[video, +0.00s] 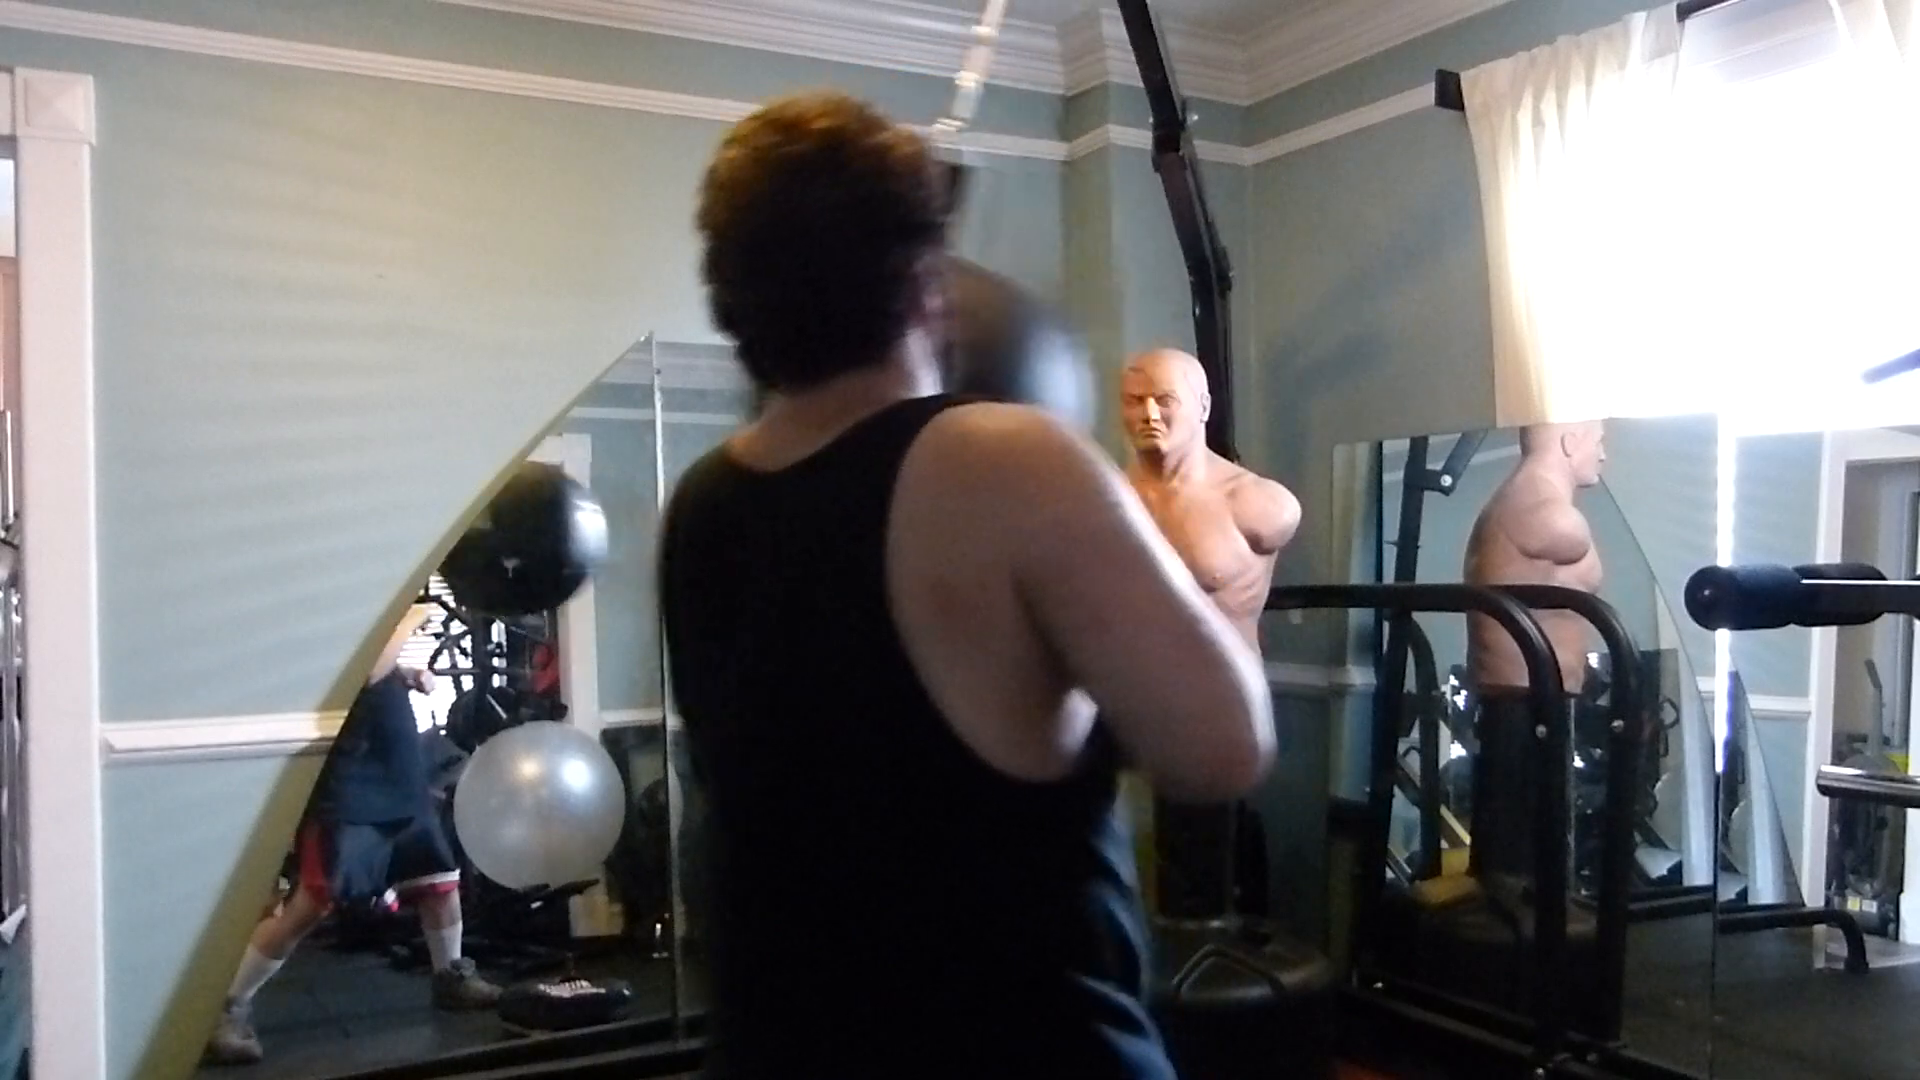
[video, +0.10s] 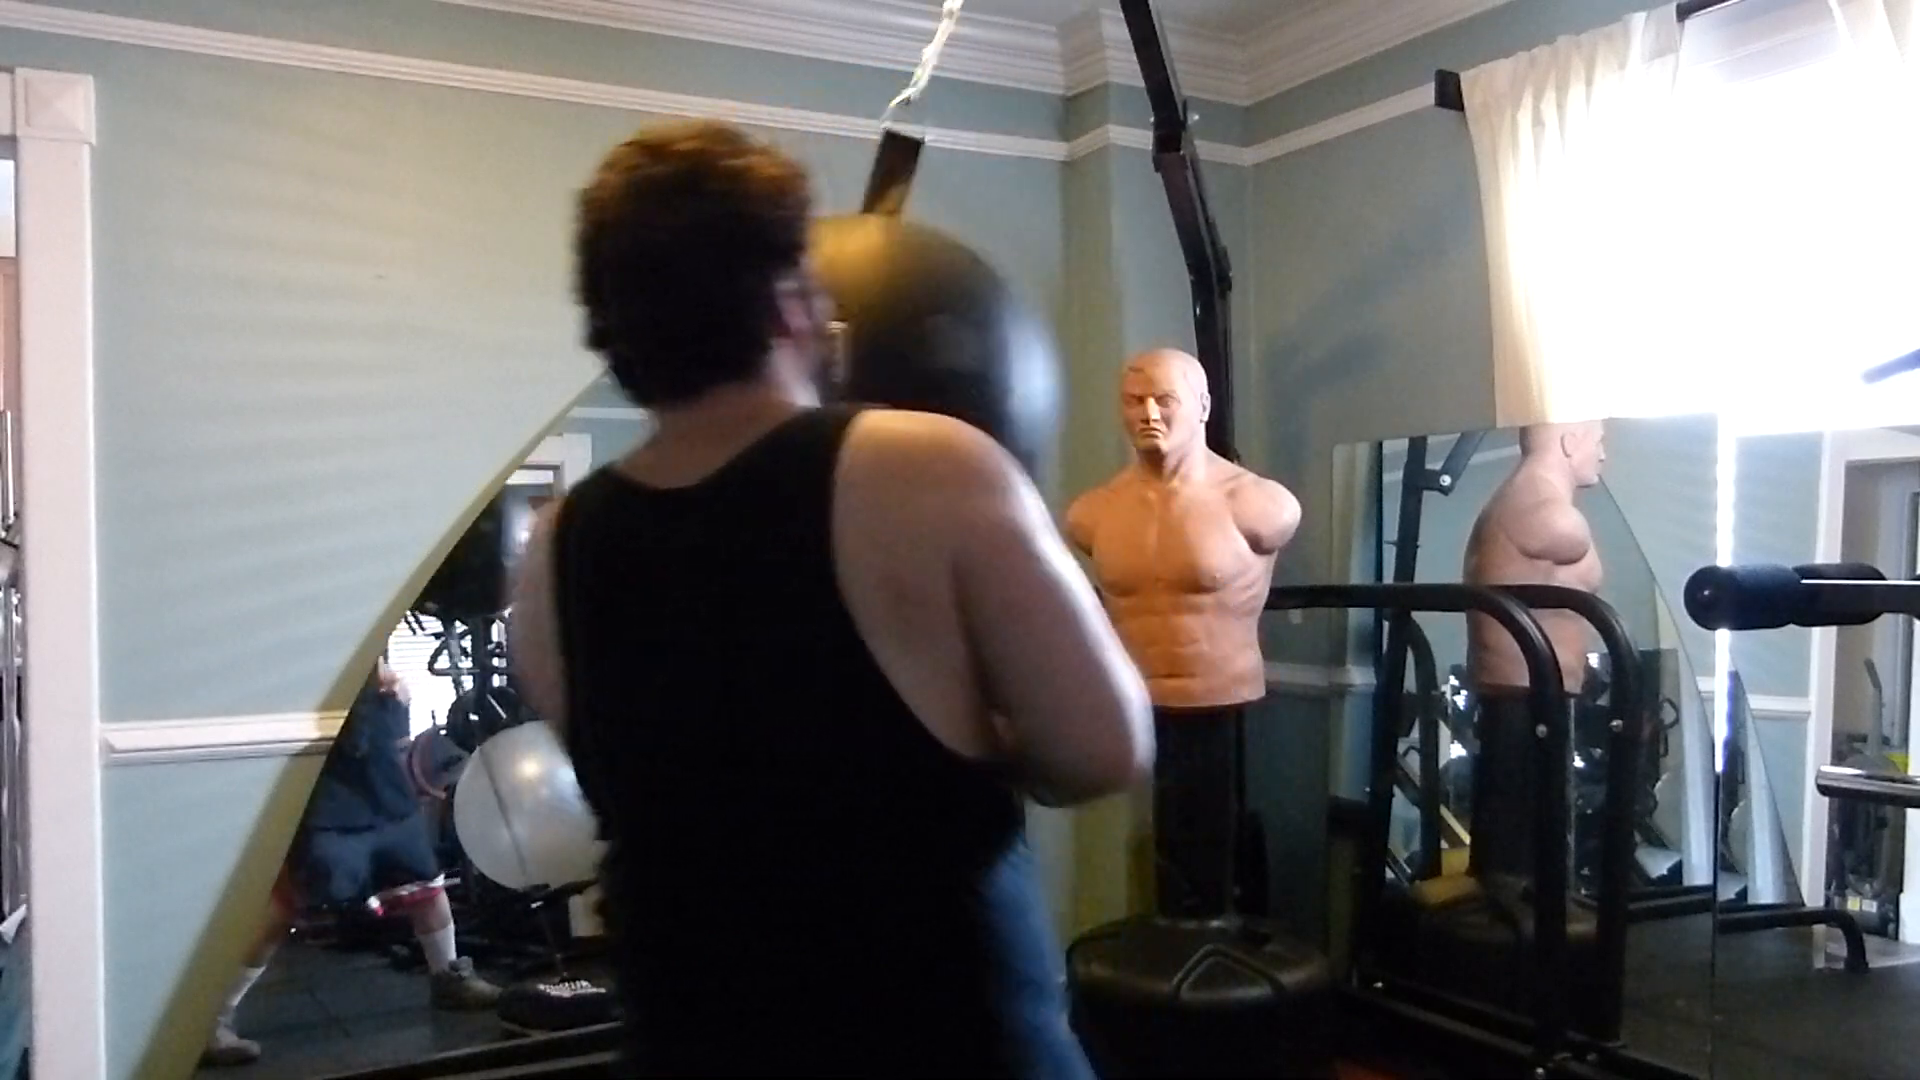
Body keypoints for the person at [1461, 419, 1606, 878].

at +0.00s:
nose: (1604, 455)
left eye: (1603, 440)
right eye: (1598, 438)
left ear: (1558, 440)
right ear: (1567, 440)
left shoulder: (1512, 499)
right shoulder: (1539, 498)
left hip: (1510, 696)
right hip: (1530, 700)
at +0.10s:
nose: (1603, 454)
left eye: (1603, 440)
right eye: (1598, 438)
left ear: (1557, 440)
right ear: (1567, 440)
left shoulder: (1511, 499)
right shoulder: (1539, 499)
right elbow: (1592, 573)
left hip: (1509, 691)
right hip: (1530, 695)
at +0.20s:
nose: (1603, 454)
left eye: (1602, 439)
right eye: (1598, 438)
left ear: (1557, 440)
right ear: (1567, 440)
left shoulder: (1514, 498)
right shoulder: (1542, 504)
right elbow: (1595, 574)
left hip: (1510, 692)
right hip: (1529, 697)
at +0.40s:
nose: (1603, 454)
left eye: (1602, 440)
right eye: (1598, 438)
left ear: (1555, 440)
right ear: (1567, 441)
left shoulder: (1511, 499)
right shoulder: (1540, 502)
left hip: (1507, 695)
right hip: (1530, 699)